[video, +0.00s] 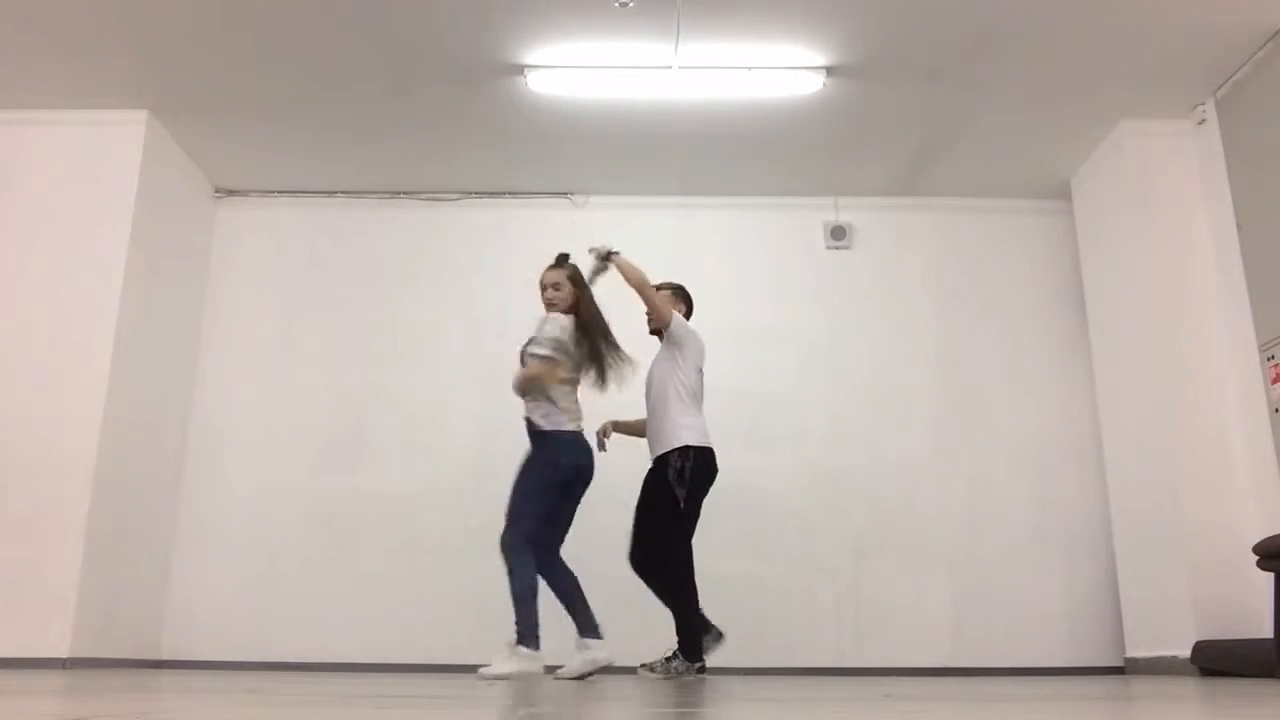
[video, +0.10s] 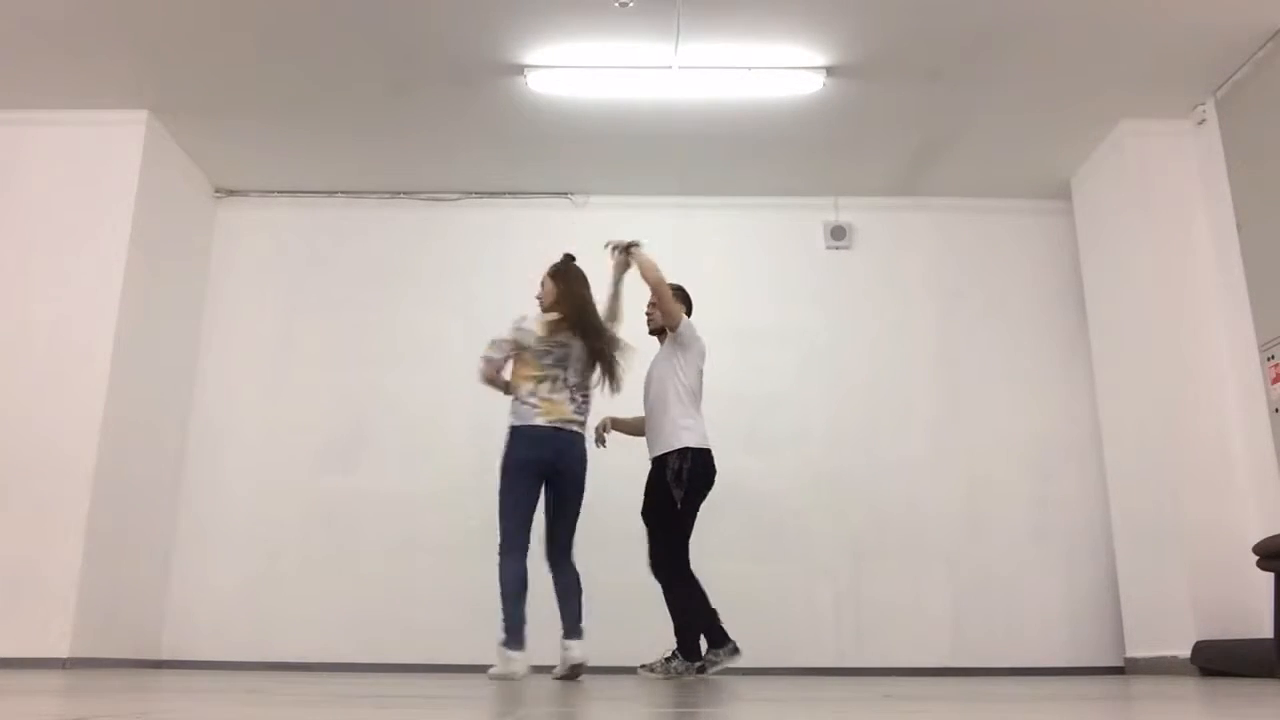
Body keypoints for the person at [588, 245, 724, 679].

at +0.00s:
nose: (647, 309)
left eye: (655, 301)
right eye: (647, 303)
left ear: (678, 307)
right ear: (666, 308)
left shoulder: (685, 340)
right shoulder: (663, 361)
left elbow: (646, 290)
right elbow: (659, 426)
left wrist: (612, 257)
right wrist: (615, 425)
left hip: (687, 456)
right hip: (666, 461)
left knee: (670, 553)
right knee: (644, 556)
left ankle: (690, 655)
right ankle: (701, 629)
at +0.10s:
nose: (648, 308)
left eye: (657, 303)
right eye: (648, 302)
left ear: (679, 311)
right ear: (658, 316)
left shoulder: (686, 344)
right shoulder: (663, 362)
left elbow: (661, 288)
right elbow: (656, 424)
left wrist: (634, 251)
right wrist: (613, 422)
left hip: (686, 460)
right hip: (667, 463)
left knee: (667, 560)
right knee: (667, 561)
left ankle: (694, 653)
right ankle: (714, 643)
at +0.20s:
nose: (646, 302)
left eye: (656, 296)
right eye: (645, 298)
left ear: (675, 305)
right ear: (647, 311)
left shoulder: (685, 343)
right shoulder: (658, 364)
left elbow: (670, 286)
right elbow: (648, 423)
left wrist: (650, 238)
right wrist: (607, 419)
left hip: (687, 459)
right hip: (665, 464)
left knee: (664, 556)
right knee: (668, 558)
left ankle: (716, 648)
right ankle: (690, 651)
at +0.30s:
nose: (646, 306)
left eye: (654, 300)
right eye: (643, 302)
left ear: (673, 305)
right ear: (643, 313)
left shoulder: (682, 342)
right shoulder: (651, 364)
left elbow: (671, 283)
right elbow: (638, 423)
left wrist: (645, 232)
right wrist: (594, 413)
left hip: (685, 458)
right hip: (663, 462)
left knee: (660, 553)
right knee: (676, 556)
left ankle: (681, 649)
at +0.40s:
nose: (641, 306)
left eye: (650, 301)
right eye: (640, 301)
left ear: (669, 310)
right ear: (641, 313)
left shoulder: (679, 343)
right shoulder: (645, 366)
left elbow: (660, 283)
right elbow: (628, 423)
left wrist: (629, 233)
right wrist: (589, 403)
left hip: (683, 458)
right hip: (661, 463)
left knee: (654, 555)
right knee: (683, 557)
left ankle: (664, 653)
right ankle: (726, 648)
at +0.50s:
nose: (639, 306)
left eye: (647, 300)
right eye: (638, 301)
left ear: (668, 308)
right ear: (638, 313)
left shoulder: (677, 343)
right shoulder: (641, 368)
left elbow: (649, 286)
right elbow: (618, 422)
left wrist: (608, 241)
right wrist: (592, 390)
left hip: (680, 458)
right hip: (656, 463)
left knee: (658, 558)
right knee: (663, 560)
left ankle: (664, 654)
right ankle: (721, 643)